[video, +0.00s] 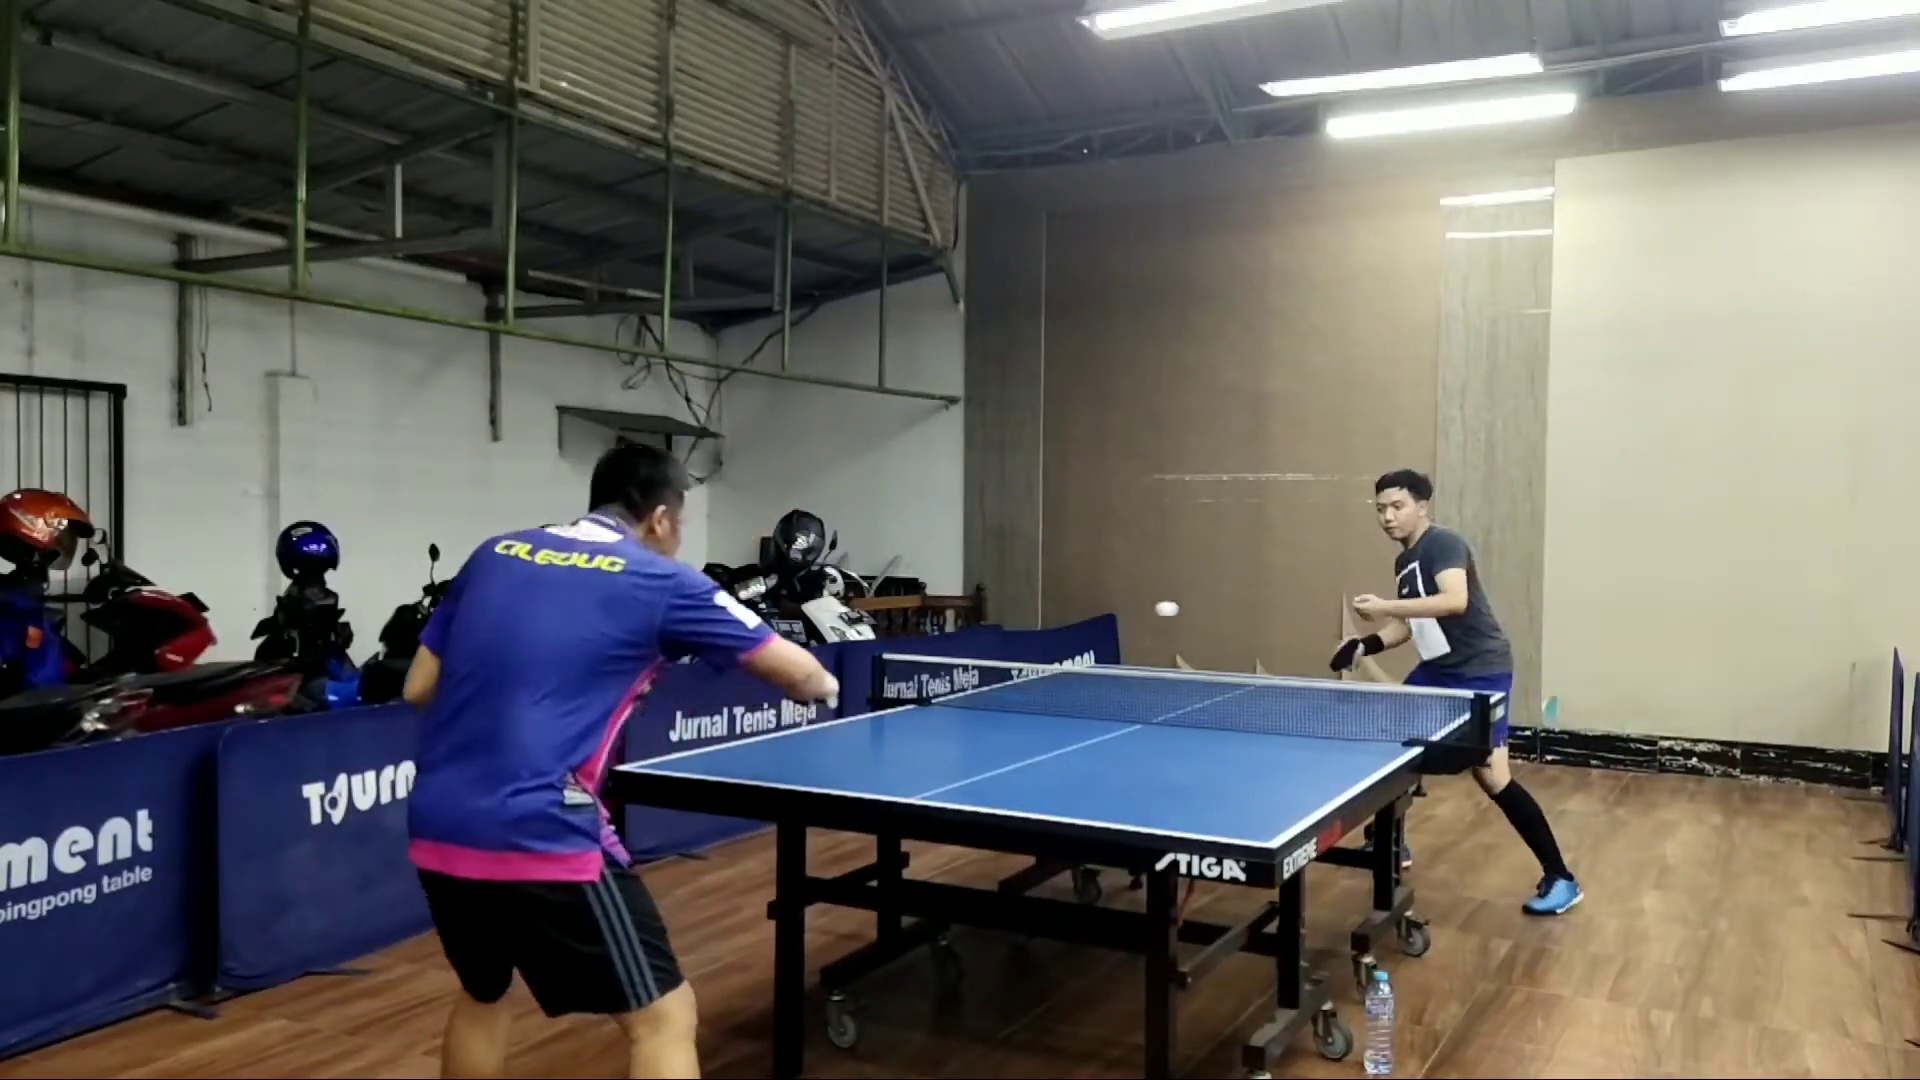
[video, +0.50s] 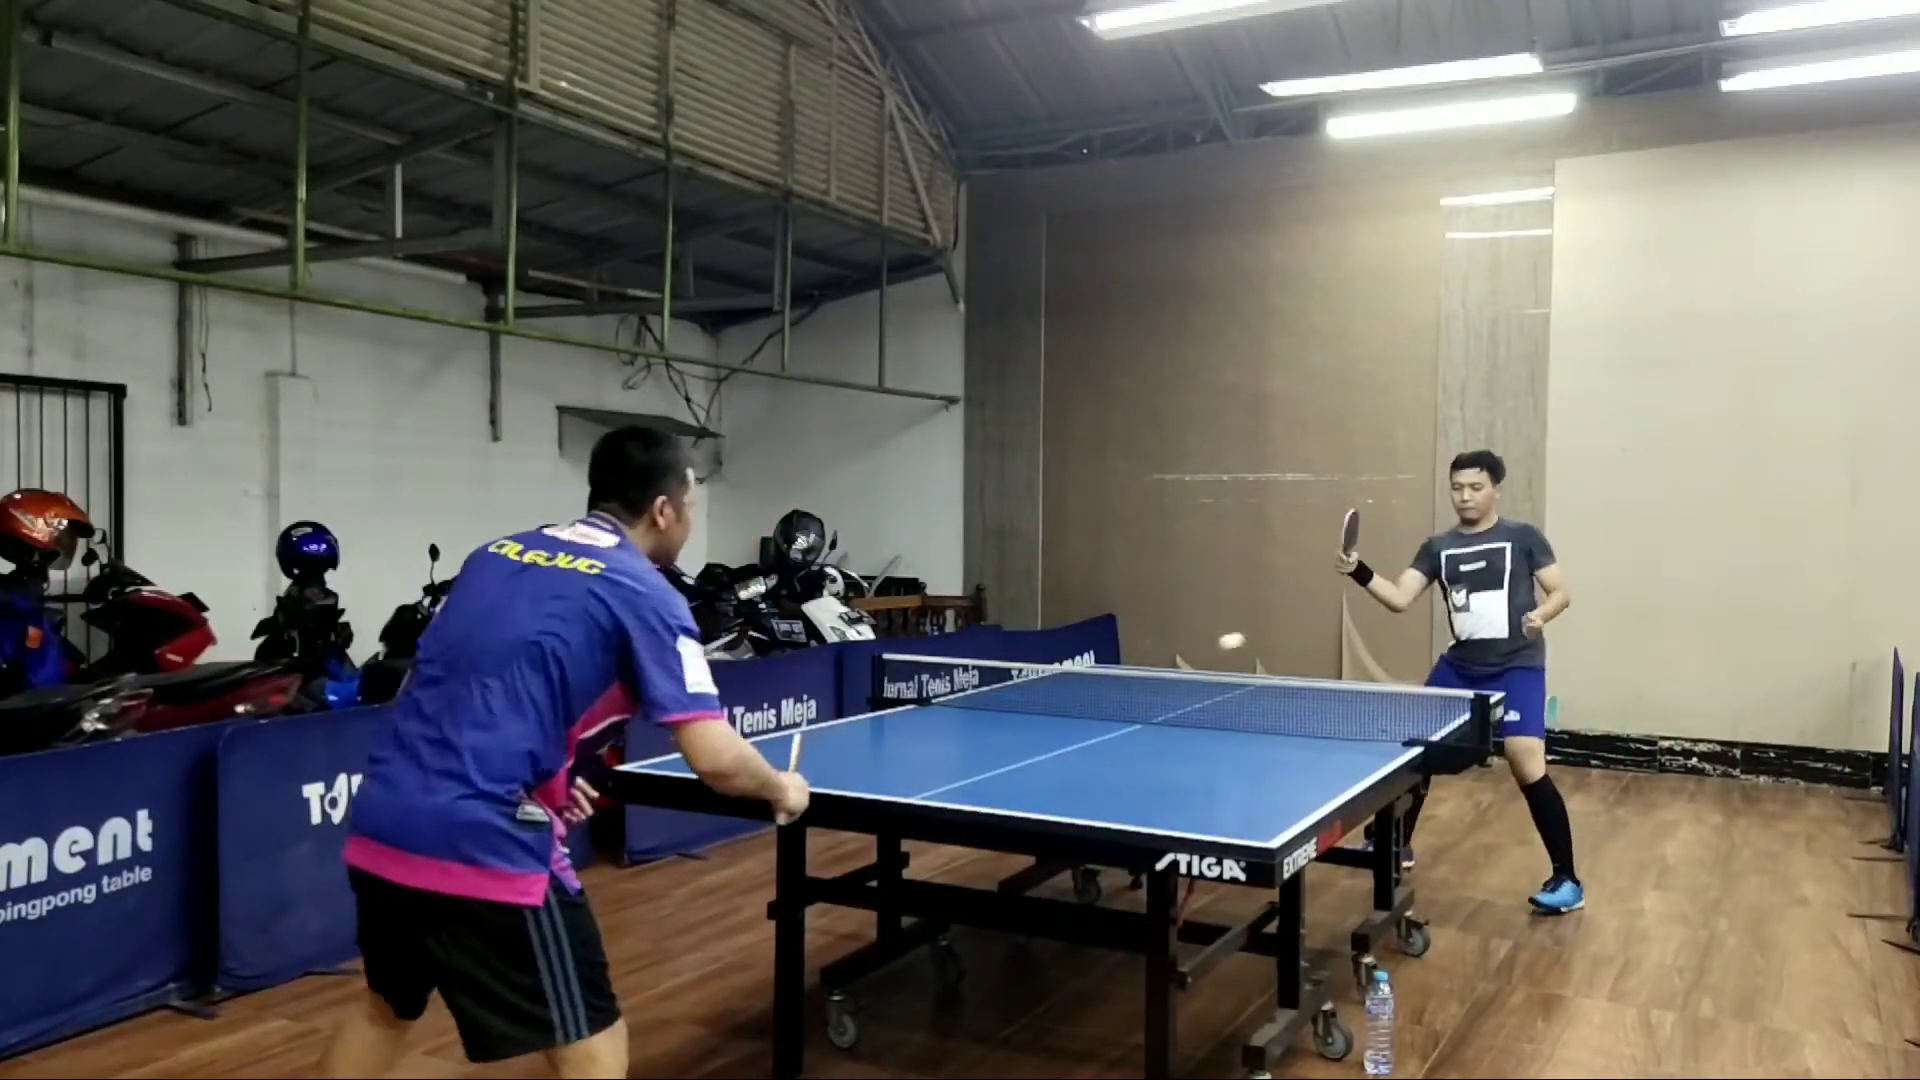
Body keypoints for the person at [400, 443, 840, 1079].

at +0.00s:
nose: (680, 538)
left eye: (681, 521)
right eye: (680, 520)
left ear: (594, 506)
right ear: (656, 518)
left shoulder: (494, 553)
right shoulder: (658, 579)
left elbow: (419, 687)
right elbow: (804, 675)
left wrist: (505, 689)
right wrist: (820, 685)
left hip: (437, 830)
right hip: (545, 835)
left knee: (481, 994)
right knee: (662, 1014)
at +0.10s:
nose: (676, 523)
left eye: (677, 507)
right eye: (676, 507)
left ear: (589, 495)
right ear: (653, 507)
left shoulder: (489, 551)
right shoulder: (650, 575)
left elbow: (414, 682)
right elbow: (788, 668)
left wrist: (502, 705)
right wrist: (826, 684)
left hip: (433, 832)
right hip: (538, 837)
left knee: (482, 996)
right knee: (649, 1021)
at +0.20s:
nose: (683, 524)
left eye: (683, 507)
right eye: (682, 507)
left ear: (593, 497)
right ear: (657, 510)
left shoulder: (493, 557)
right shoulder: (652, 584)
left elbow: (409, 690)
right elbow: (787, 692)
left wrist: (494, 726)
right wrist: (827, 702)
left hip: (430, 837)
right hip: (533, 847)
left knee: (480, 1006)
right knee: (632, 1041)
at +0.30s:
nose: (694, 529)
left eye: (694, 512)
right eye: (693, 512)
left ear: (600, 505)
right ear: (666, 517)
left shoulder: (495, 568)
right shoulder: (663, 601)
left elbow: (404, 698)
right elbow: (780, 736)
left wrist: (489, 738)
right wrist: (827, 743)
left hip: (417, 846)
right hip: (528, 857)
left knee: (463, 1001)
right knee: (634, 1046)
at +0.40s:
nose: (699, 526)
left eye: (701, 509)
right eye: (699, 508)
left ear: (607, 498)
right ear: (674, 512)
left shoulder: (502, 558)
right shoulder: (662, 596)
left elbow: (408, 691)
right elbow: (747, 753)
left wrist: (502, 744)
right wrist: (807, 780)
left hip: (403, 833)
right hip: (516, 850)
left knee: (423, 1004)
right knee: (610, 1045)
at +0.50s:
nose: (692, 519)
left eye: (691, 501)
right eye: (690, 502)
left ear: (596, 496)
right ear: (662, 509)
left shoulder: (498, 551)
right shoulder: (645, 592)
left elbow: (442, 681)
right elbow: (716, 757)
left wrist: (539, 760)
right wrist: (778, 790)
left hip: (378, 828)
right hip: (488, 845)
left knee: (382, 1006)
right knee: (592, 1043)